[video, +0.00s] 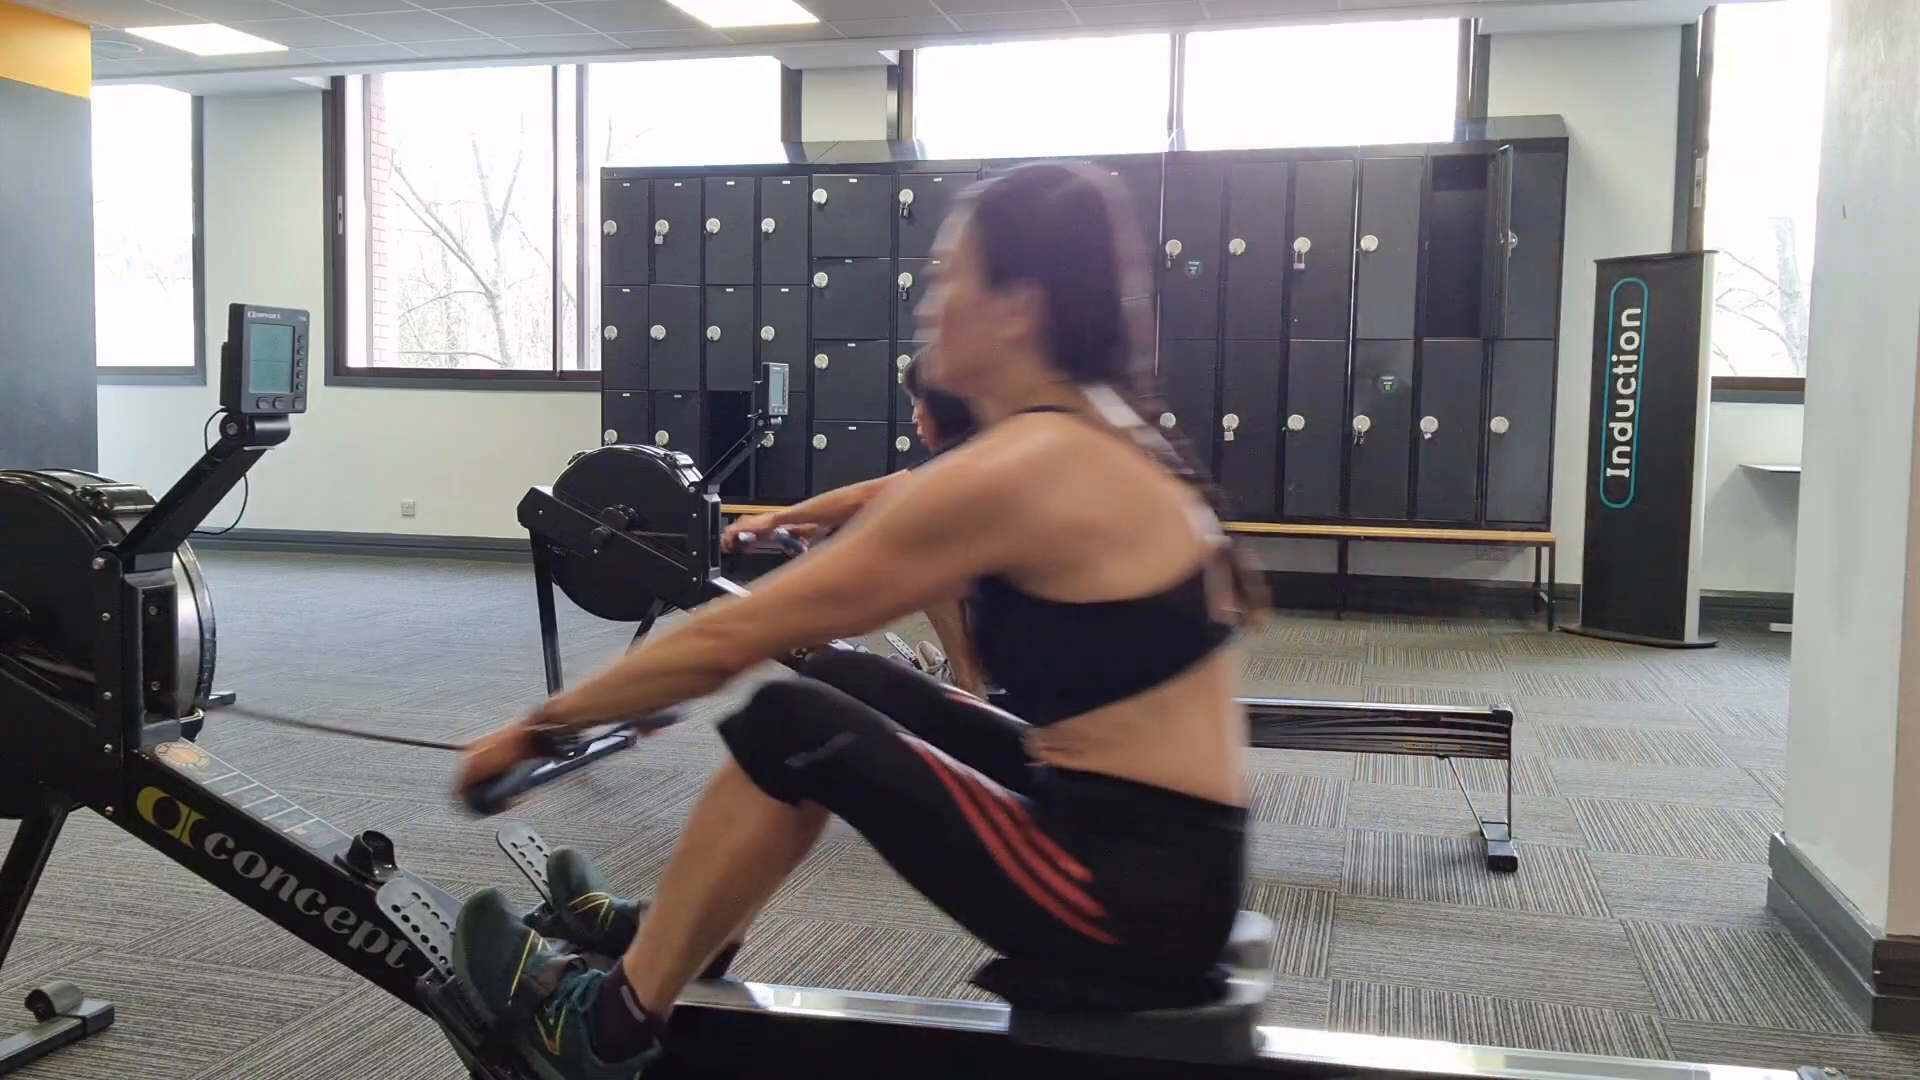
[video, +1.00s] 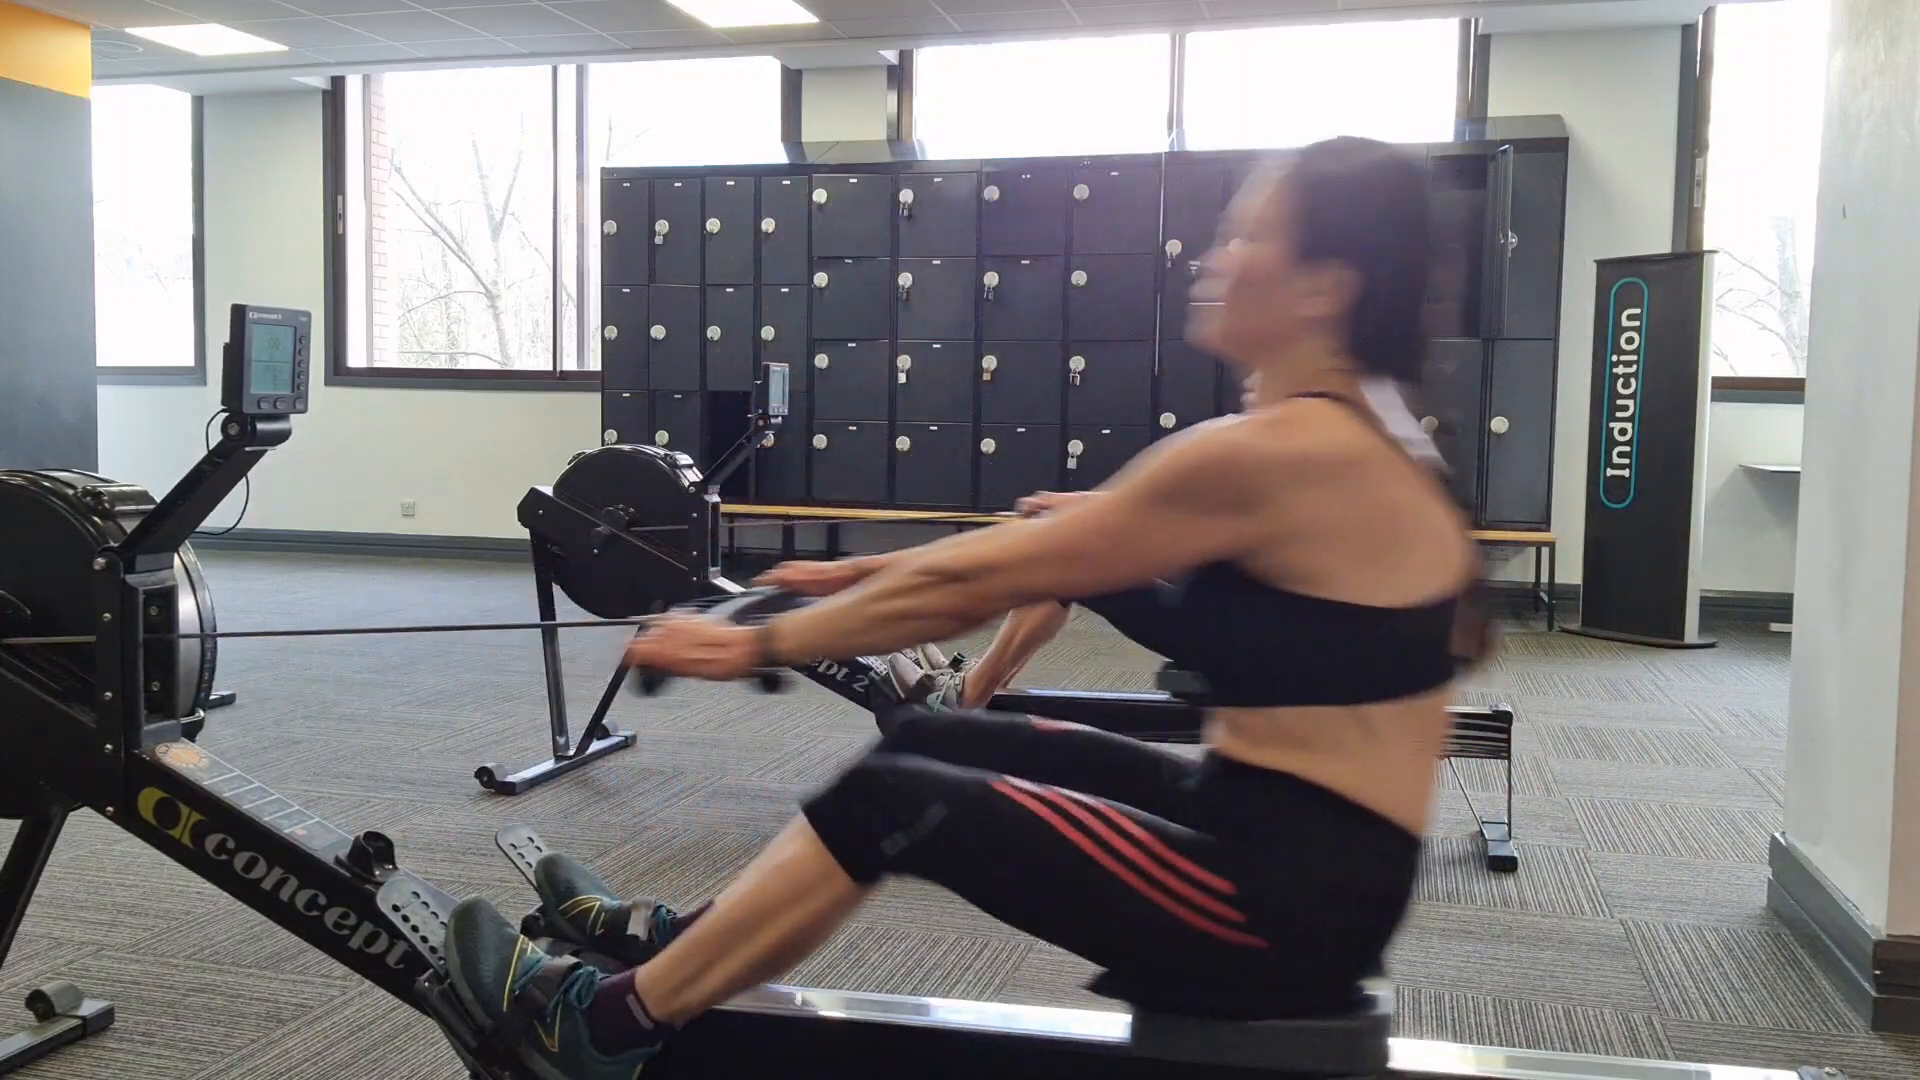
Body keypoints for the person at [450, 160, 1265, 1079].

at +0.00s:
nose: (927, 309)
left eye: (948, 283)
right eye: (935, 283)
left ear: (1025, 308)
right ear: (1031, 311)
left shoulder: (1019, 471)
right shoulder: (1105, 434)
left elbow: (733, 640)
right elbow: (923, 494)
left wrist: (539, 724)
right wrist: (789, 525)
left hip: (1123, 900)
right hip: (1164, 856)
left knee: (791, 719)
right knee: (829, 674)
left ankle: (623, 1012)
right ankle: (690, 946)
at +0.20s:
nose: (773, 331)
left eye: (789, 308)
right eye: (781, 305)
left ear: (858, 332)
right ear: (893, 339)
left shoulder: (852, 482)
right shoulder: (970, 457)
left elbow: (568, 631)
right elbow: (778, 587)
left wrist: (376, 730)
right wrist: (636, 640)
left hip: (1003, 895)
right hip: (1072, 871)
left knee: (708, 689)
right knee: (762, 651)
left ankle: (609, 1009)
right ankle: (685, 956)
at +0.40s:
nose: (713, 333)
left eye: (731, 311)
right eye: (724, 306)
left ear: (795, 341)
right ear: (847, 347)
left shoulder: (794, 484)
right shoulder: (931, 469)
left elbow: (489, 600)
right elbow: (704, 569)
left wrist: (276, 668)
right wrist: (518, 612)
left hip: (952, 897)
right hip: (1035, 878)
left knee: (672, 661)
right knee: (749, 641)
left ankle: (612, 1004)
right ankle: (691, 931)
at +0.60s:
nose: (826, 308)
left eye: (845, 285)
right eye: (835, 283)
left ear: (920, 318)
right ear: (936, 321)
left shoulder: (892, 467)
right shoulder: (1016, 445)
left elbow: (616, 581)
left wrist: (413, 650)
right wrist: (681, 577)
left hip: (1008, 889)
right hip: (1081, 870)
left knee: (719, 670)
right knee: (772, 640)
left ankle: (607, 1002)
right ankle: (685, 950)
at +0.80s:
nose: (1001, 281)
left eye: (1029, 260)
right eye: (1013, 257)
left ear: (1104, 303)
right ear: (1110, 307)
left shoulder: (1061, 457)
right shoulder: (1153, 431)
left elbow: (781, 579)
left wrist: (565, 638)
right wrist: (699, 583)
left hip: (1144, 880)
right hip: (1186, 837)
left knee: (807, 722)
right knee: (843, 674)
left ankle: (614, 1012)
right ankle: (677, 950)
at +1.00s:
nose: (1209, 261)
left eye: (1243, 241)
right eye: (1223, 236)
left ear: (1328, 290)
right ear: (1313, 295)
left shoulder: (1266, 456)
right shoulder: (1325, 430)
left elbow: (983, 590)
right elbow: (1056, 540)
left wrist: (757, 645)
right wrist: (857, 569)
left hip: (1281, 886)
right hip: (1283, 812)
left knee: (906, 790)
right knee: (921, 742)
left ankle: (625, 1020)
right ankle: (682, 964)